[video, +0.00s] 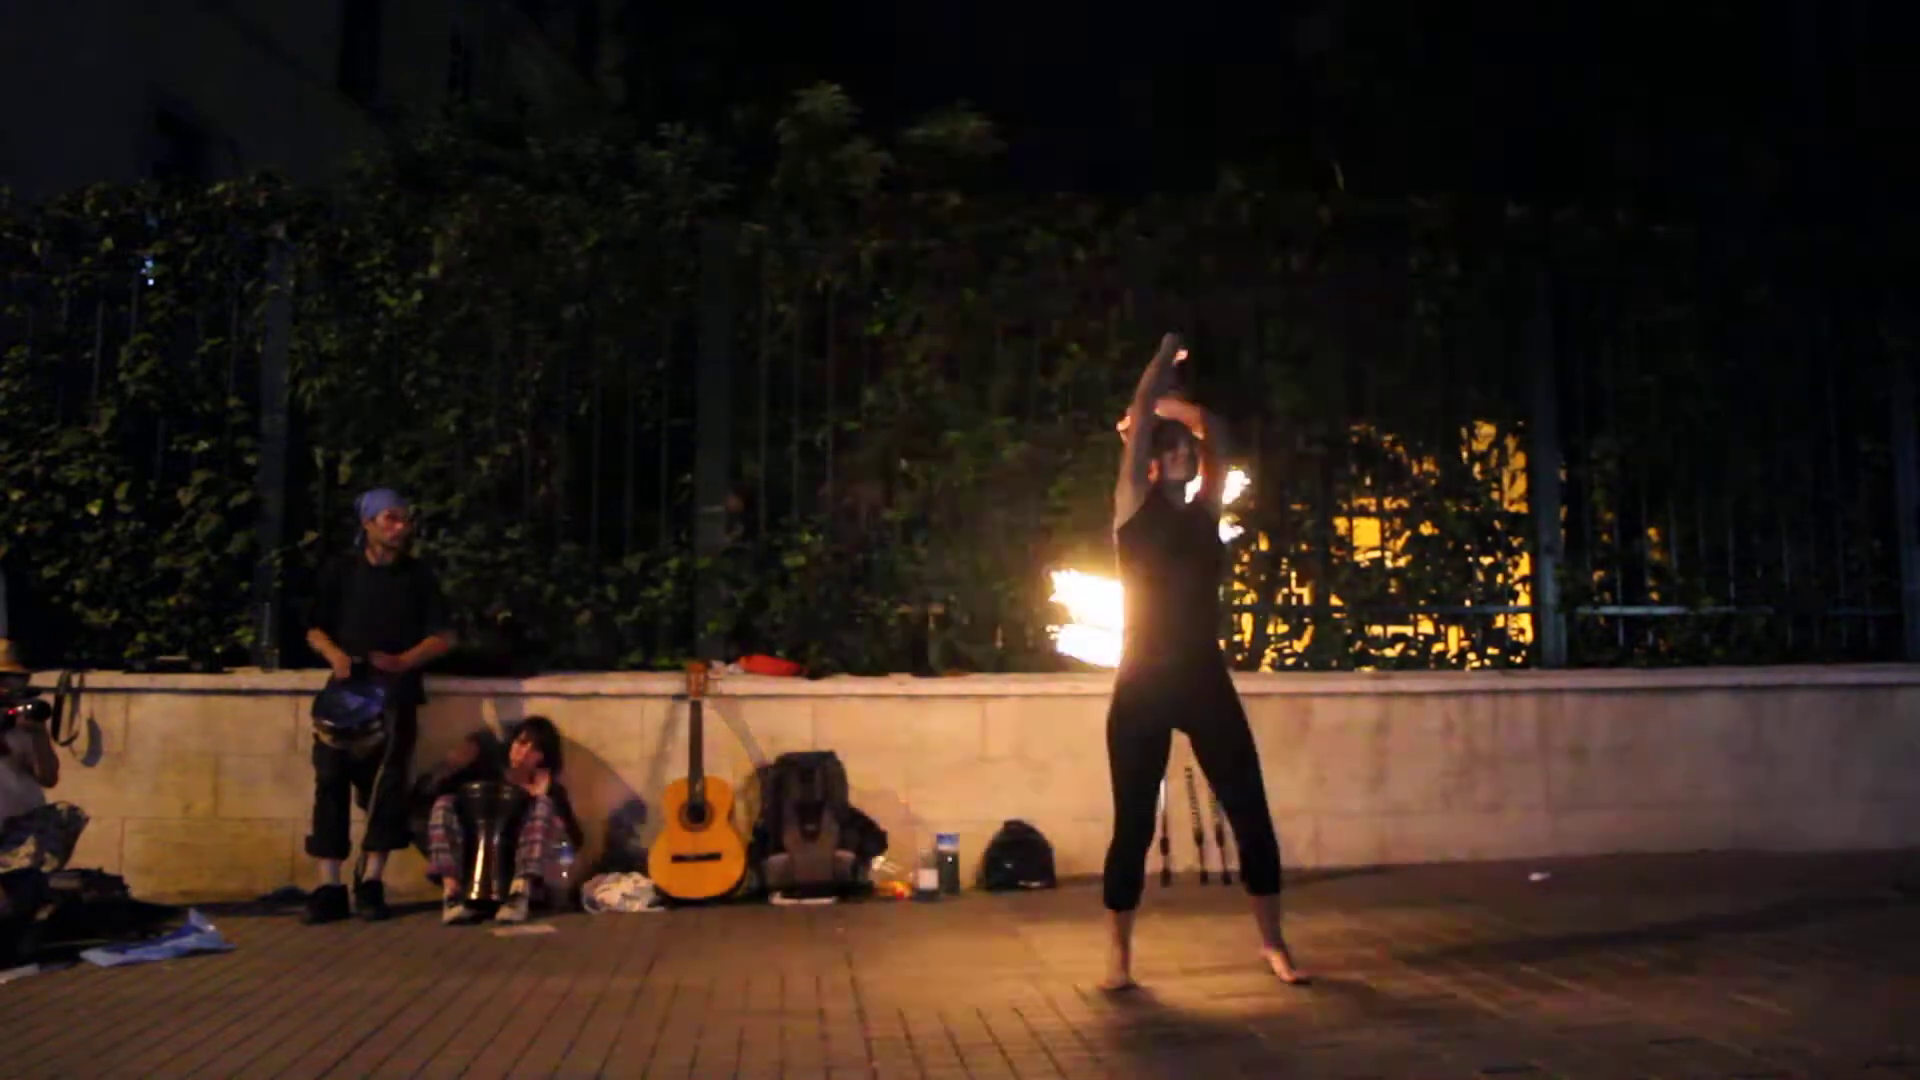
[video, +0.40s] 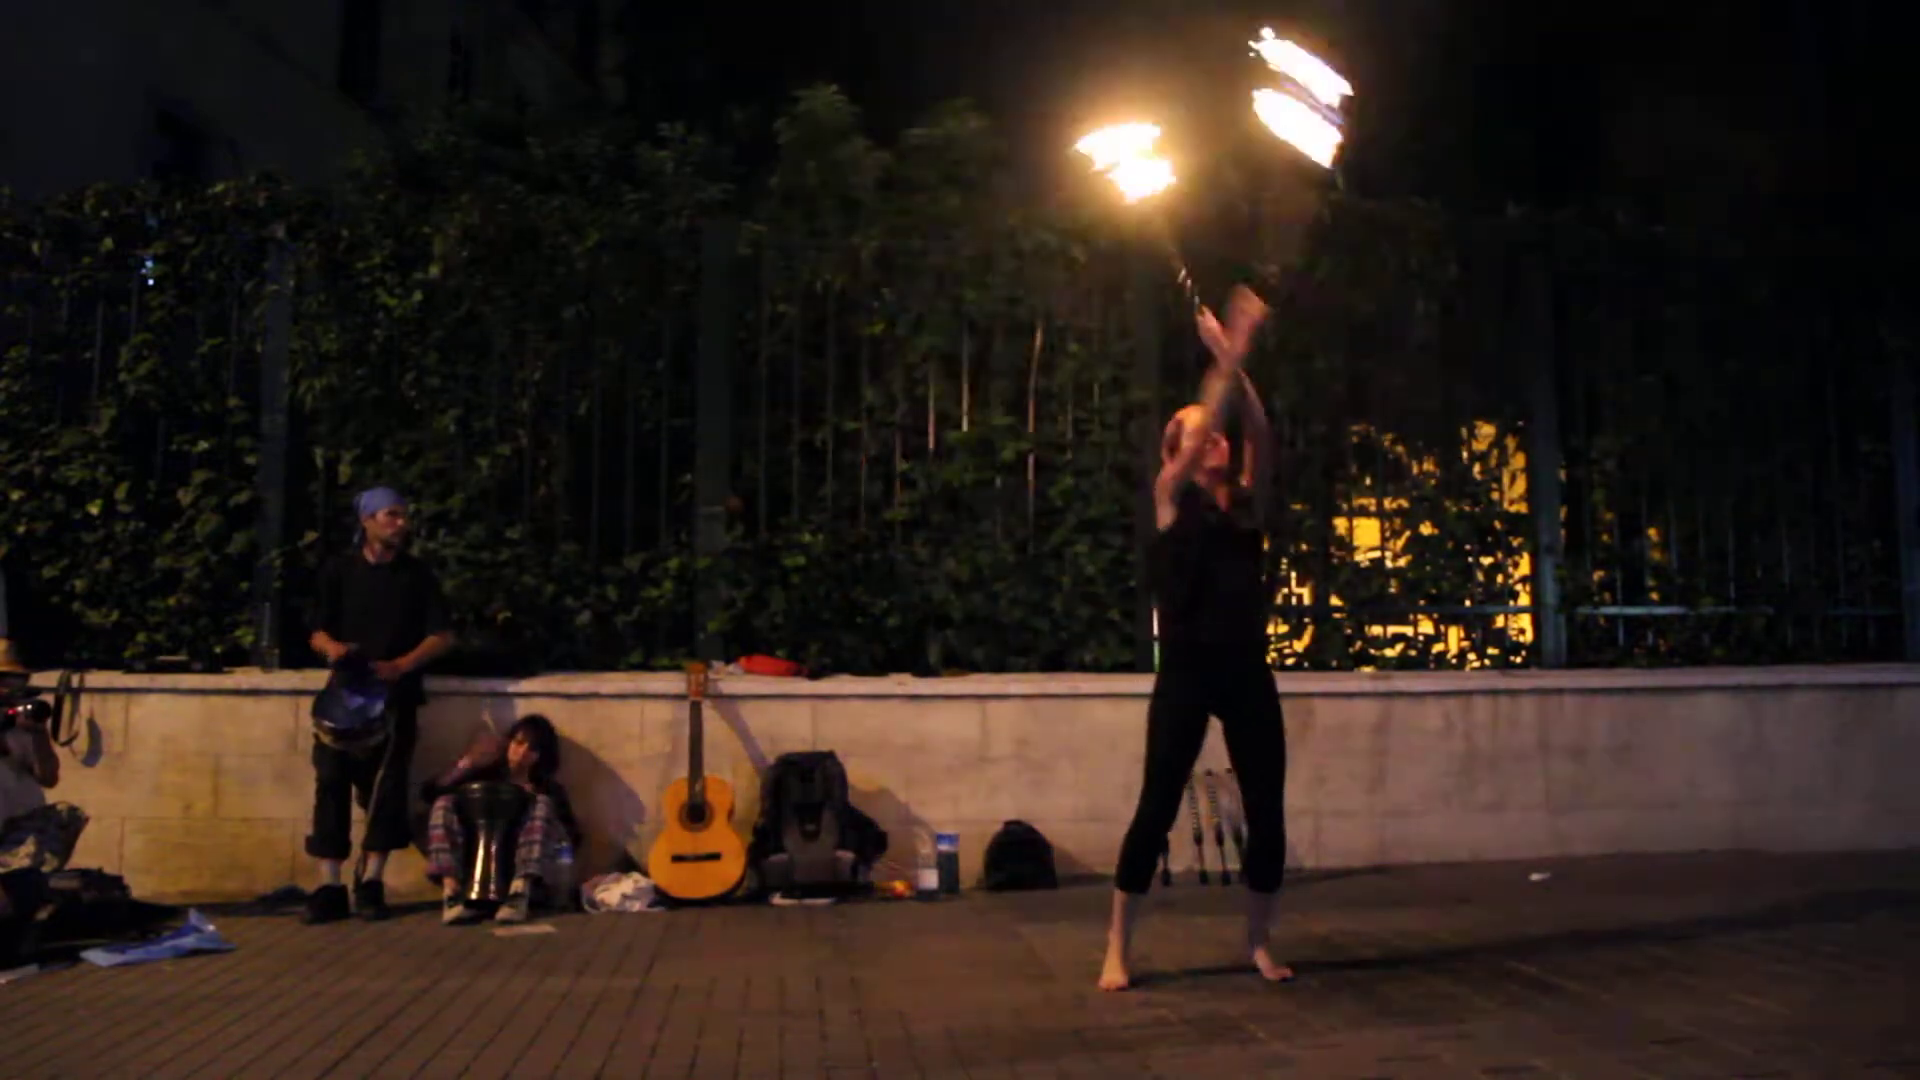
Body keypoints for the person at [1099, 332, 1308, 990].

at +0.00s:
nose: (1174, 457)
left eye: (1182, 447)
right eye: (1163, 448)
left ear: (1194, 459)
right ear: (1143, 459)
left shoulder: (1203, 511)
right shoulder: (1133, 508)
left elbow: (1212, 436)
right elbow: (1140, 422)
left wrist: (1155, 405)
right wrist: (1163, 359)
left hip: (1206, 680)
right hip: (1144, 683)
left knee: (1251, 815)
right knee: (1134, 824)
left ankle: (1273, 944)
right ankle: (1120, 955)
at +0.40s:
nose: (1215, 438)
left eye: (1221, 432)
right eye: (1201, 432)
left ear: (1231, 450)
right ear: (1176, 451)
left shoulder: (1248, 505)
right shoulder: (1171, 501)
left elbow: (1261, 434)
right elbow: (1199, 431)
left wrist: (1230, 362)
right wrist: (1234, 350)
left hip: (1248, 671)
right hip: (1185, 672)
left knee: (1267, 808)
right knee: (1157, 807)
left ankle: (1259, 942)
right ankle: (1116, 946)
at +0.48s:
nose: (1216, 445)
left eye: (1225, 438)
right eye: (1202, 438)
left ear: (1243, 452)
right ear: (1183, 460)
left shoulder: (1256, 507)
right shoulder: (1175, 506)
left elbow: (1268, 463)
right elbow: (1225, 496)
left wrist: (1239, 406)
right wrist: (1269, 431)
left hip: (1253, 679)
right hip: (1191, 681)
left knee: (1270, 815)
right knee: (1157, 812)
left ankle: (1255, 944)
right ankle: (1117, 942)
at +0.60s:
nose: (1226, 450)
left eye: (1232, 443)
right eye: (1212, 443)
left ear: (1242, 459)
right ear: (1188, 462)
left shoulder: (1268, 524)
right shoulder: (1183, 529)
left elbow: (1278, 594)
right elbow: (1231, 602)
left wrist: (1264, 554)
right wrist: (1296, 611)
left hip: (1254, 684)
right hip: (1190, 685)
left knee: (1272, 816)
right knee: (1150, 814)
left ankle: (1256, 942)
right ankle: (1107, 937)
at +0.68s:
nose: (1217, 441)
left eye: (1223, 434)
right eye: (1204, 435)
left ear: (1237, 452)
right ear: (1183, 457)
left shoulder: (1266, 520)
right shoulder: (1177, 524)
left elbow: (1295, 591)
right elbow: (1186, 617)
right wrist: (1235, 674)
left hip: (1251, 673)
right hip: (1188, 674)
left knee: (1261, 807)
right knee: (1147, 803)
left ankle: (1257, 946)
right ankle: (1099, 939)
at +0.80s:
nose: (1203, 427)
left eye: (1209, 421)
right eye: (1190, 422)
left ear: (1224, 440)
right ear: (1171, 445)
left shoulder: (1256, 506)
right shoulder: (1157, 510)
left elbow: (1329, 550)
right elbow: (1123, 582)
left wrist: (1398, 579)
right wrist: (1081, 622)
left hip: (1239, 671)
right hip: (1172, 670)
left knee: (1248, 799)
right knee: (1141, 796)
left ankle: (1261, 938)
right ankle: (1099, 934)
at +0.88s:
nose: (1191, 429)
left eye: (1199, 422)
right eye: (1180, 423)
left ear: (1214, 439)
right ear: (1161, 443)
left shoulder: (1240, 499)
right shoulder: (1144, 501)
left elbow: (1315, 495)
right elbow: (1070, 513)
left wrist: (1377, 486)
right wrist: (1001, 507)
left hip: (1226, 663)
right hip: (1162, 664)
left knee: (1244, 796)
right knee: (1137, 796)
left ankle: (1265, 936)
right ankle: (1100, 933)